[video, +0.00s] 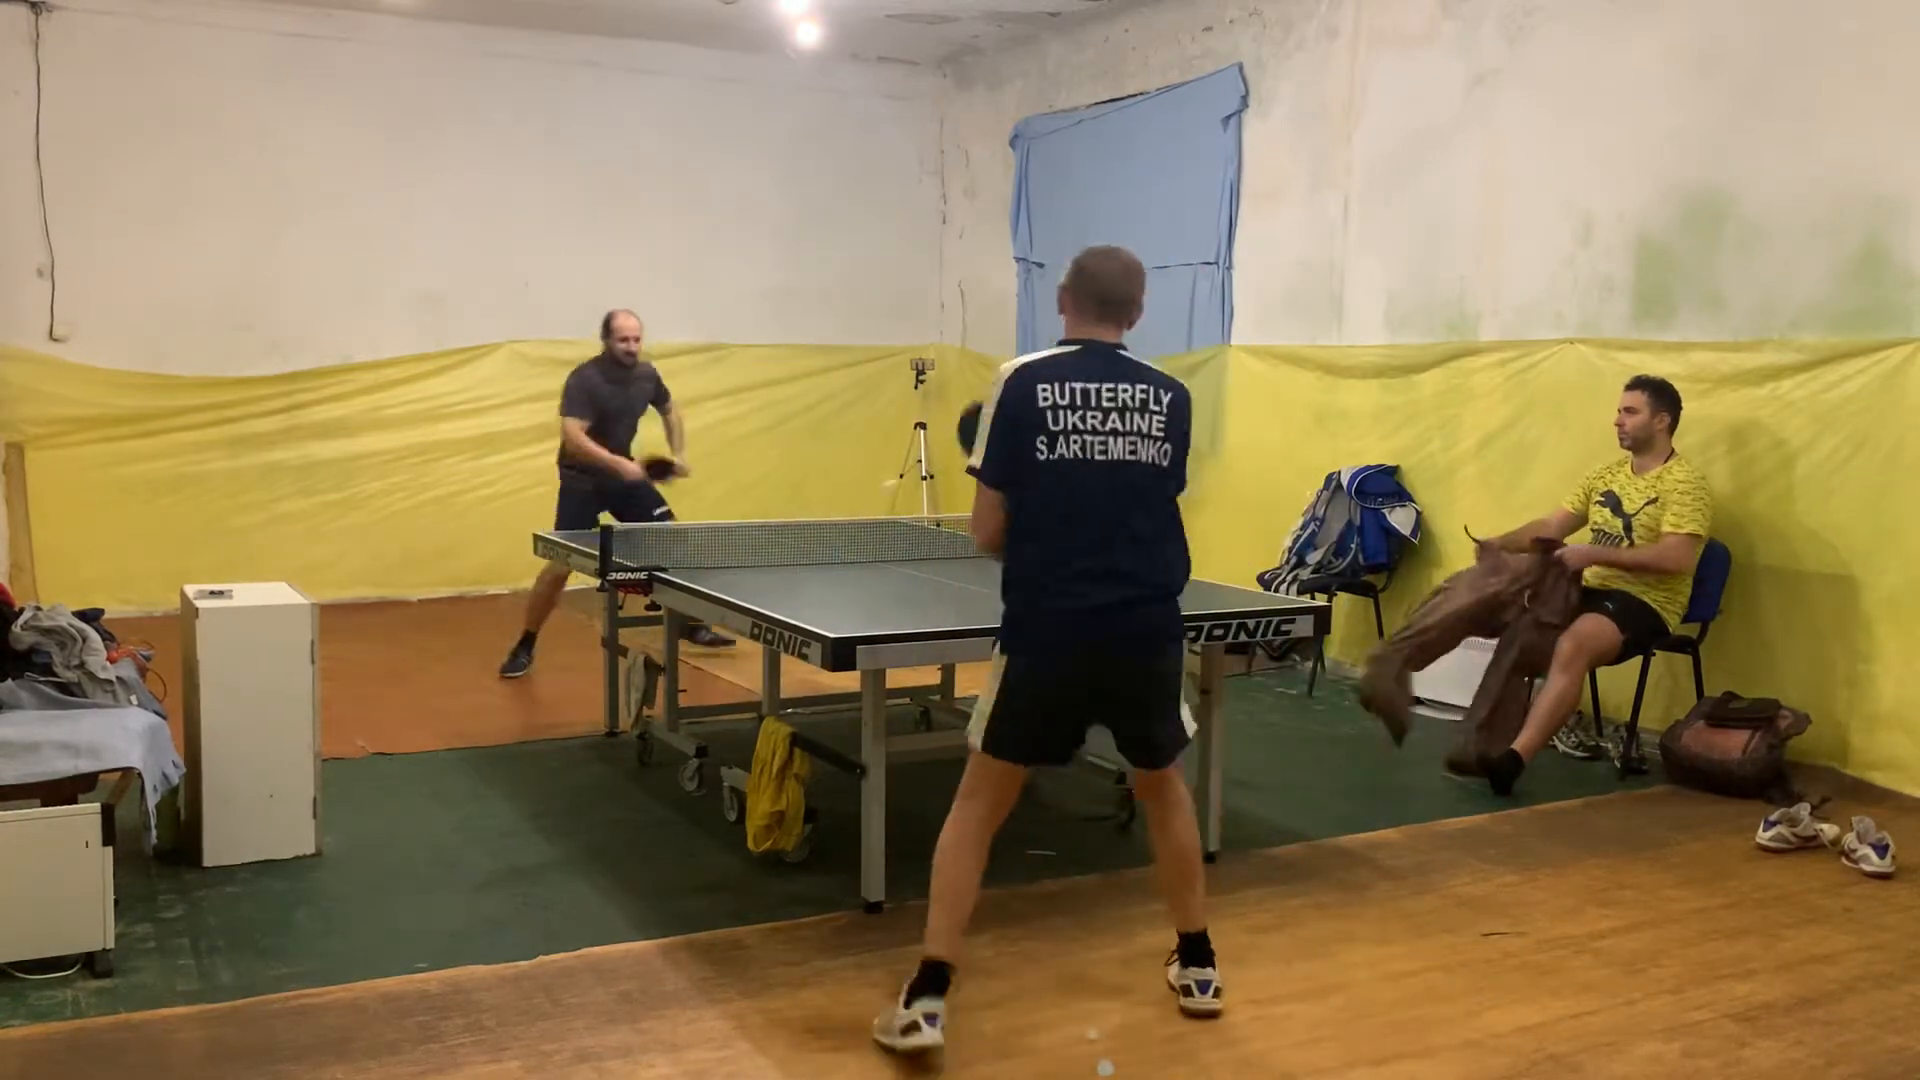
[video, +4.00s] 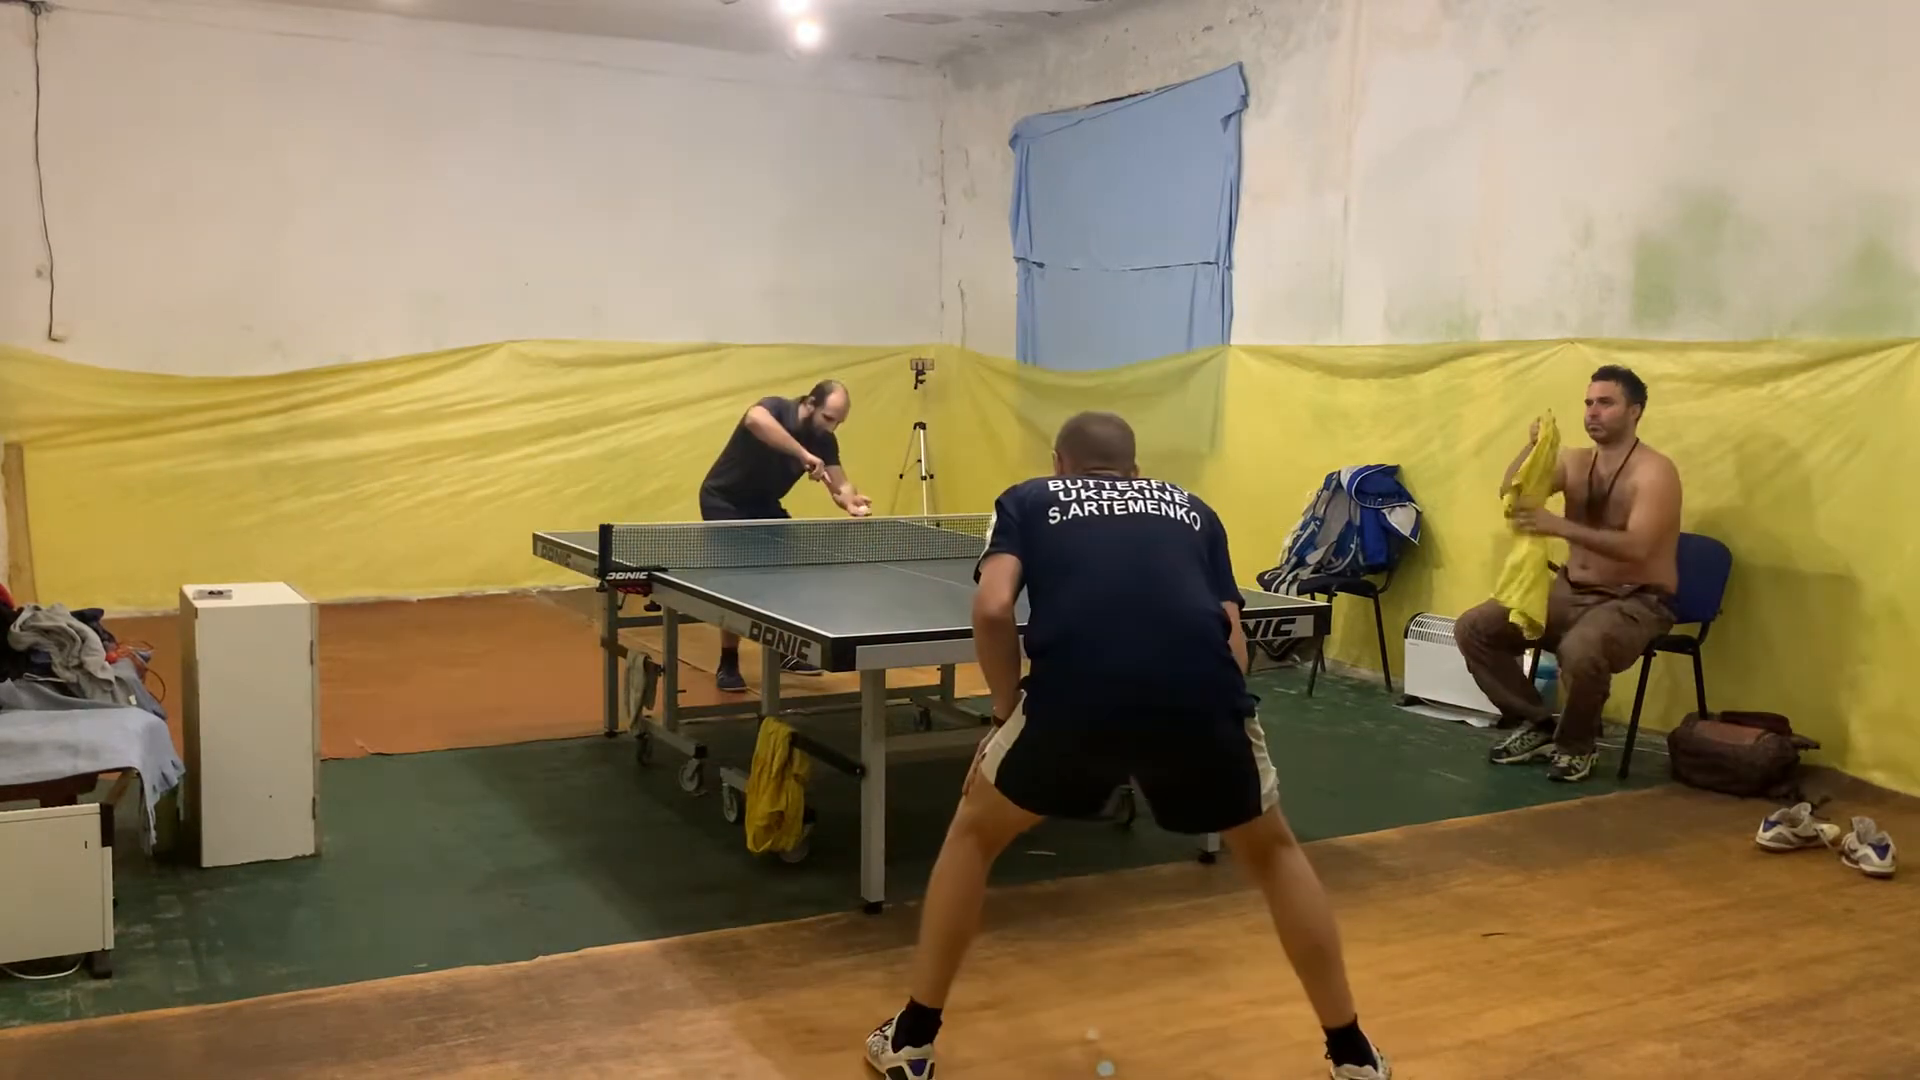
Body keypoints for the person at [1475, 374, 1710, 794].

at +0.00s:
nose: (1618, 420)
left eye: (1630, 413)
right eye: (1618, 412)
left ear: (1663, 421)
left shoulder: (1686, 483)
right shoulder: (1608, 475)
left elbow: (1678, 557)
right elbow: (1553, 526)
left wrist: (1593, 553)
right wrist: (1498, 544)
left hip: (1649, 600)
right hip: (1592, 590)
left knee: (1573, 644)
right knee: (1521, 628)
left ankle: (1514, 759)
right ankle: (1487, 743)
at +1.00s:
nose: (1623, 422)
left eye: (1634, 414)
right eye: (1624, 413)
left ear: (1668, 423)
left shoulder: (1683, 485)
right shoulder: (1618, 468)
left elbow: (1656, 563)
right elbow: (1587, 512)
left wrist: (1582, 598)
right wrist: (1561, 537)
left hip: (1643, 599)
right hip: (1582, 581)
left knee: (1573, 642)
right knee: (1487, 599)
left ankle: (1513, 757)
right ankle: (1441, 710)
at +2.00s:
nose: (1600, 428)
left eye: (1610, 418)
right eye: (1597, 419)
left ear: (1644, 420)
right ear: (1596, 422)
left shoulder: (1679, 483)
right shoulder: (1592, 476)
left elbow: (1680, 568)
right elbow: (1561, 546)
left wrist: (1647, 630)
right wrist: (1531, 592)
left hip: (1627, 596)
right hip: (1570, 587)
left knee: (1557, 627)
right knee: (1496, 614)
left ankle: (1531, 751)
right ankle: (1458, 723)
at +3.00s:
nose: (1599, 429)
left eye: (1609, 419)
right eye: (1596, 420)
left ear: (1642, 421)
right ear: (1594, 422)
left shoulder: (1677, 482)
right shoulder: (1591, 476)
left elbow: (1684, 568)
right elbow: (1561, 545)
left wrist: (1644, 628)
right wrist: (1534, 593)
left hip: (1631, 596)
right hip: (1573, 588)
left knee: (1554, 626)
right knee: (1494, 615)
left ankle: (1531, 751)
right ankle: (1488, 734)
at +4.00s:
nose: (1592, 412)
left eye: (1605, 404)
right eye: (1589, 403)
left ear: (1635, 411)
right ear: (1584, 408)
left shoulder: (1655, 472)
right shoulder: (1573, 462)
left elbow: (1639, 548)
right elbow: (1513, 492)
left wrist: (1557, 526)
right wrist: (1534, 449)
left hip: (1637, 601)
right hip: (1572, 593)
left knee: (1580, 651)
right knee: (1474, 630)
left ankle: (1577, 746)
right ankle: (1535, 722)